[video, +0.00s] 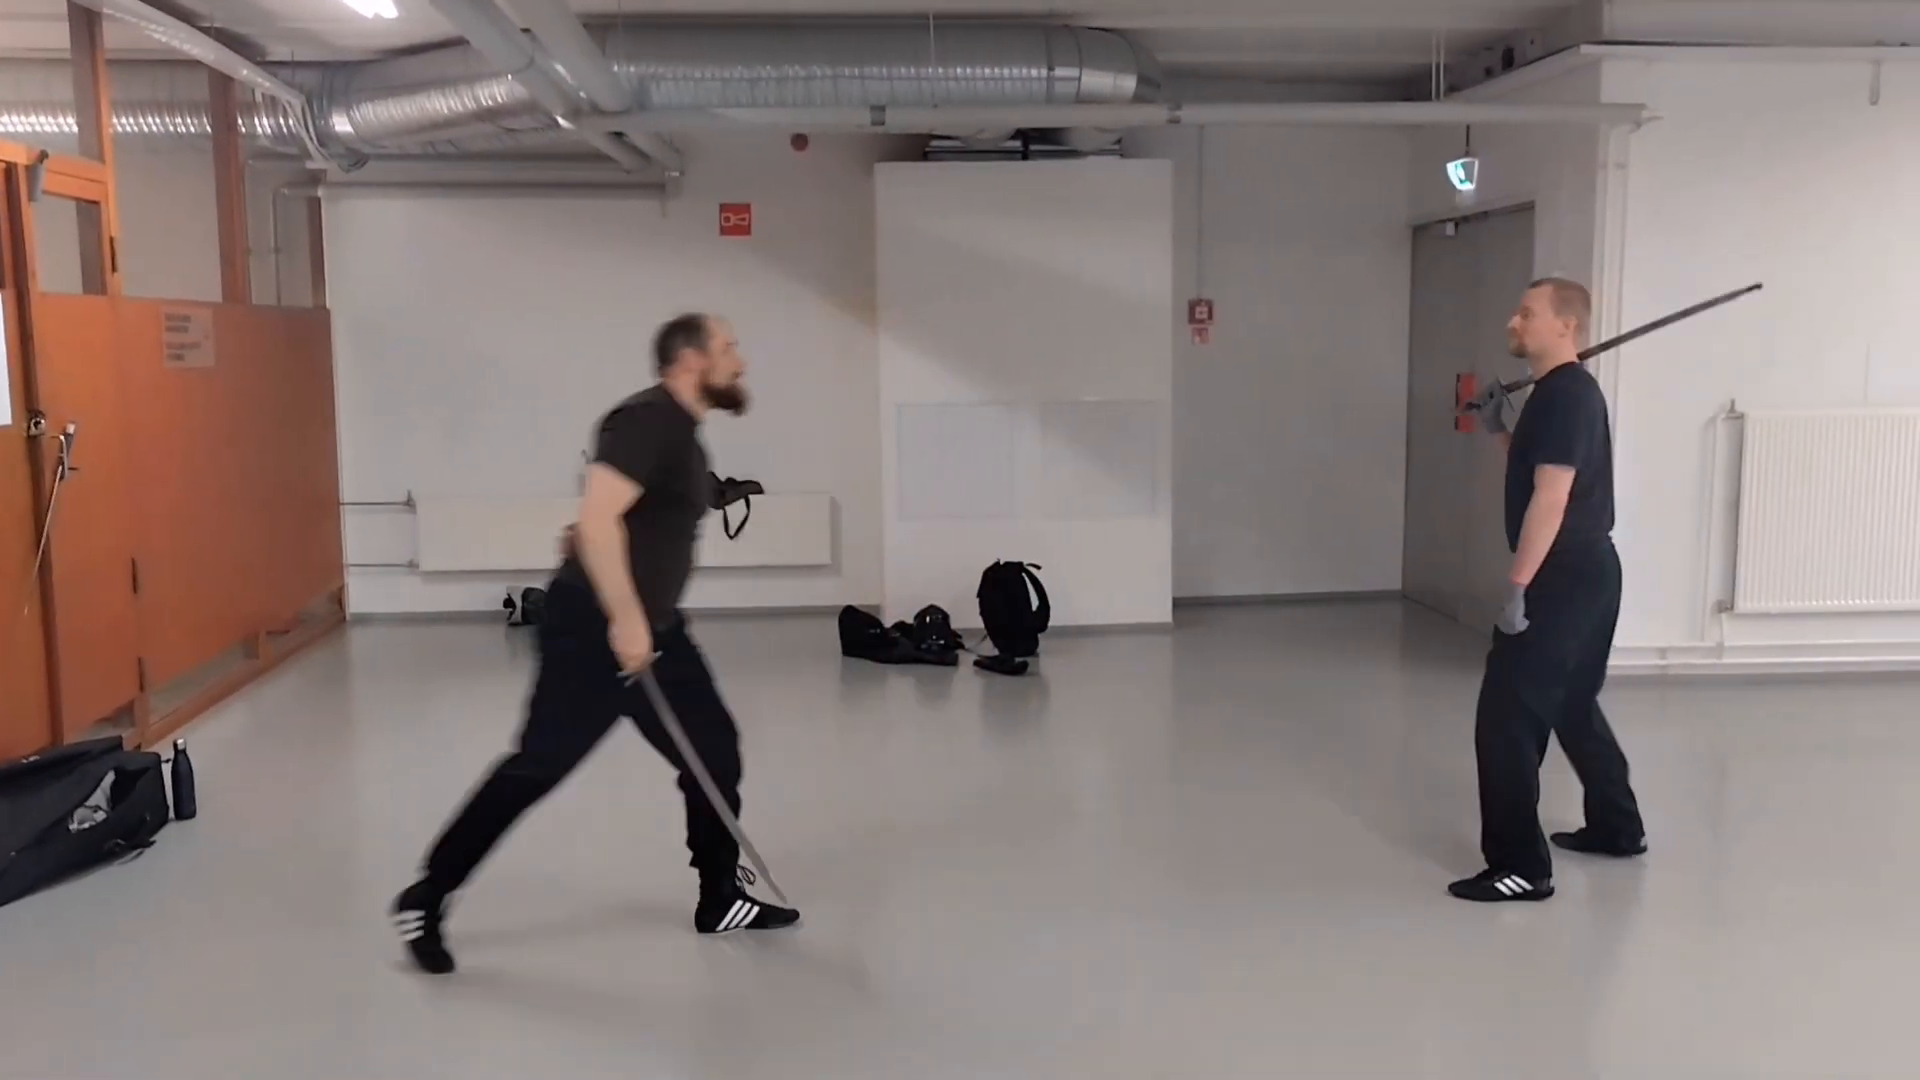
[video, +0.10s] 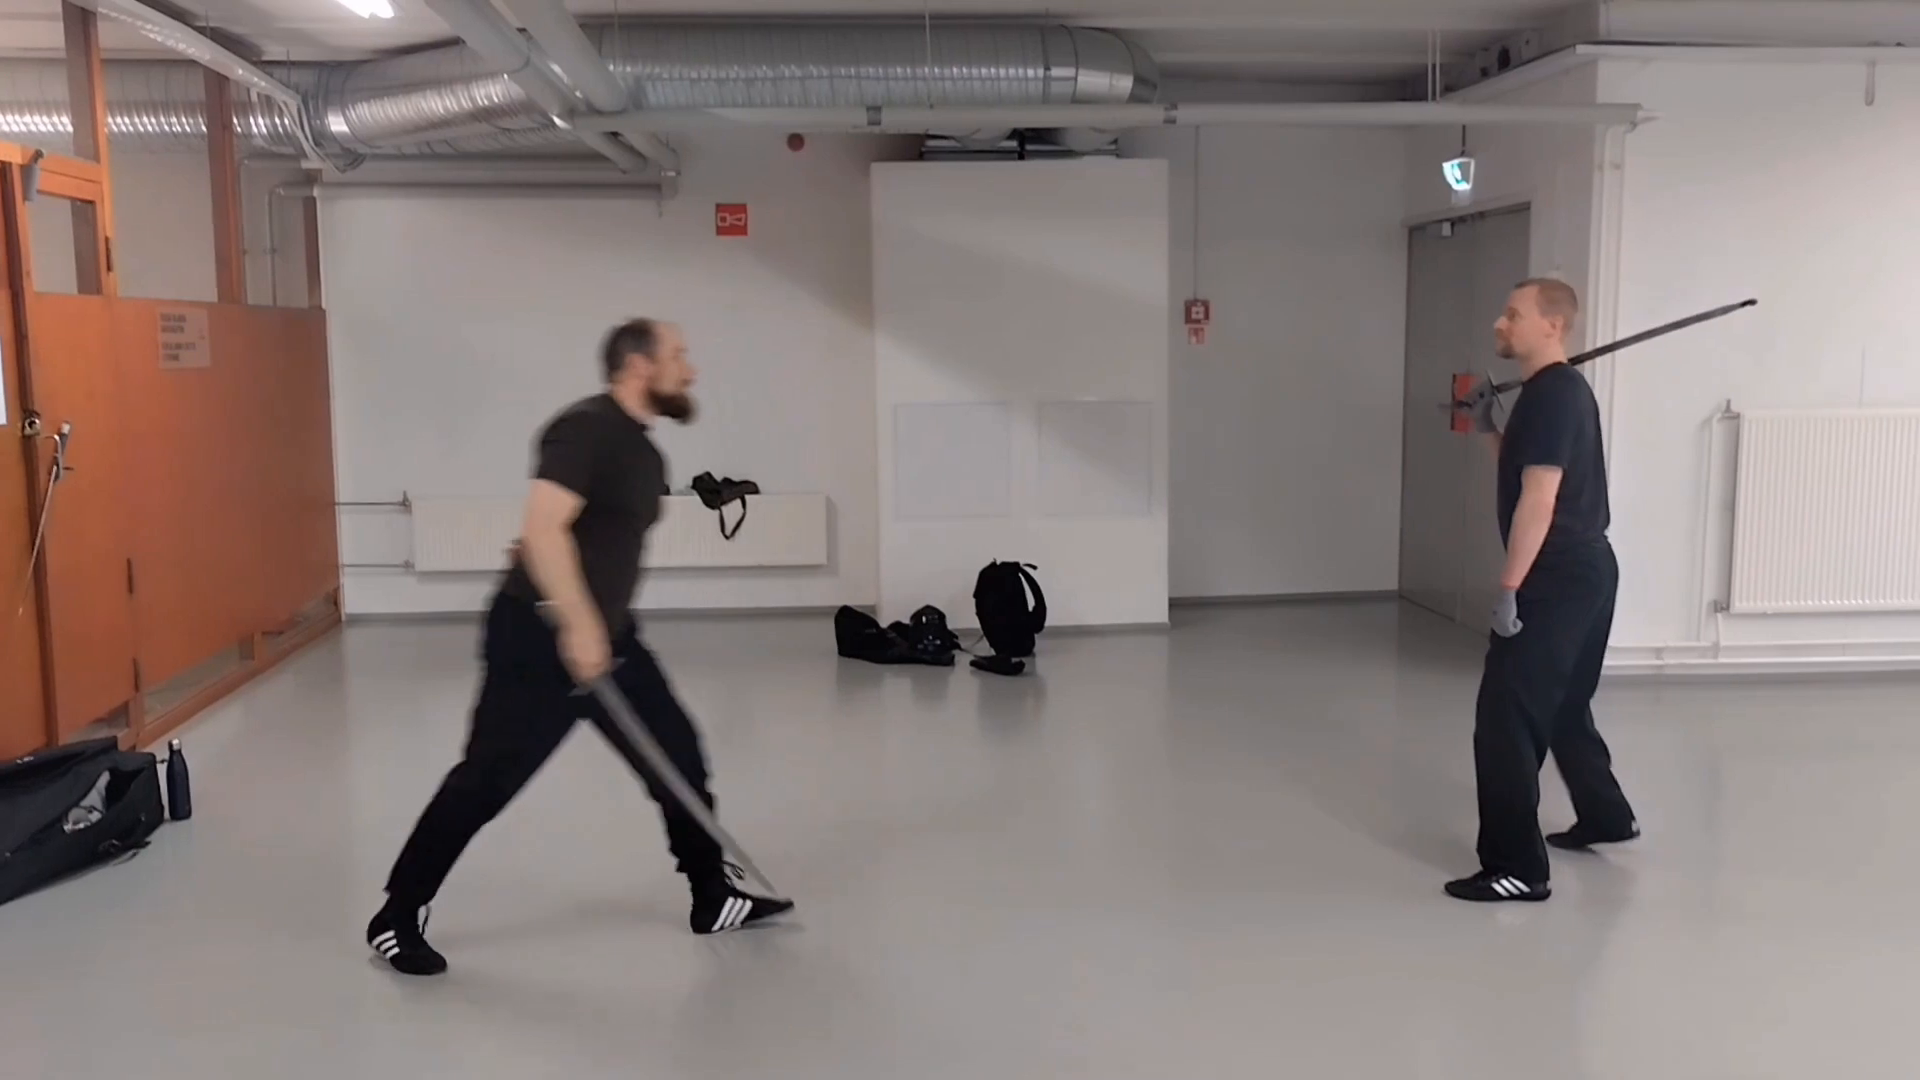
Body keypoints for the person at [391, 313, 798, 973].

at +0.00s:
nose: (740, 362)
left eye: (736, 349)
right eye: (728, 350)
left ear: (693, 362)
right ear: (689, 361)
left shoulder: (680, 431)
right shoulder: (646, 422)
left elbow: (637, 519)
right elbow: (595, 520)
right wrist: (626, 615)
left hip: (651, 629)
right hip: (594, 630)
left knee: (713, 752)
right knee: (537, 767)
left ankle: (720, 897)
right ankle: (424, 899)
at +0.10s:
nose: (690, 371)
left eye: (687, 358)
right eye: (679, 357)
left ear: (641, 369)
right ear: (635, 366)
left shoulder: (636, 446)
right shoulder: (587, 429)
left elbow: (599, 539)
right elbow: (541, 528)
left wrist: (605, 617)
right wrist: (579, 621)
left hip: (605, 633)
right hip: (540, 634)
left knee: (677, 756)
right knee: (487, 778)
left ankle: (713, 896)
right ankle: (396, 918)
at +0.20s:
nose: (647, 367)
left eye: (644, 354)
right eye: (635, 354)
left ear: (601, 367)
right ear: (592, 365)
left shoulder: (604, 453)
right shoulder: (530, 428)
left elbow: (561, 542)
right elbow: (478, 527)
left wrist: (552, 624)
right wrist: (501, 627)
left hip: (559, 634)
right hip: (490, 634)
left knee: (625, 760)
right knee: (453, 785)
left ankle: (694, 891)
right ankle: (388, 923)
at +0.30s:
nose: (614, 363)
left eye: (612, 351)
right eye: (603, 351)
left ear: (569, 364)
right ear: (559, 360)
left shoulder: (577, 450)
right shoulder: (485, 426)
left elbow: (542, 542)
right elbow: (419, 517)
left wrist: (531, 618)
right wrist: (421, 622)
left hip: (531, 640)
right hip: (460, 638)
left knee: (591, 748)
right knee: (430, 783)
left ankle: (638, 892)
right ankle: (384, 923)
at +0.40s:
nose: (593, 361)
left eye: (590, 348)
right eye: (582, 347)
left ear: (542, 356)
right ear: (537, 354)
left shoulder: (560, 444)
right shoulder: (453, 419)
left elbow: (546, 531)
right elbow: (382, 509)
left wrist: (470, 542)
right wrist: (350, 610)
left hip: (508, 627)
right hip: (429, 621)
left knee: (568, 743)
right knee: (419, 778)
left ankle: (568, 899)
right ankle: (380, 923)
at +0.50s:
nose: (576, 356)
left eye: (574, 343)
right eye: (566, 342)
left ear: (530, 351)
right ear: (522, 349)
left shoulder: (548, 438)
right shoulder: (440, 416)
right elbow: (355, 503)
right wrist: (304, 596)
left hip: (494, 625)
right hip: (417, 620)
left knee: (550, 748)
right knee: (414, 776)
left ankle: (540, 901)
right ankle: (378, 925)